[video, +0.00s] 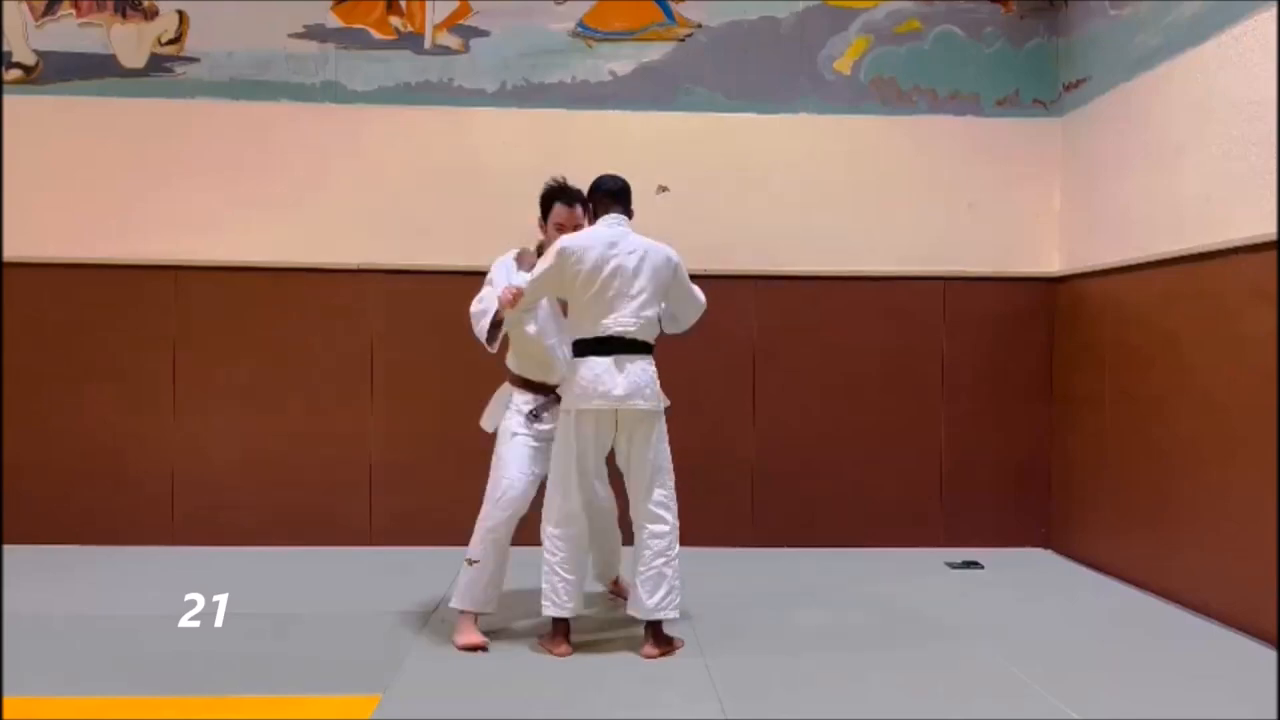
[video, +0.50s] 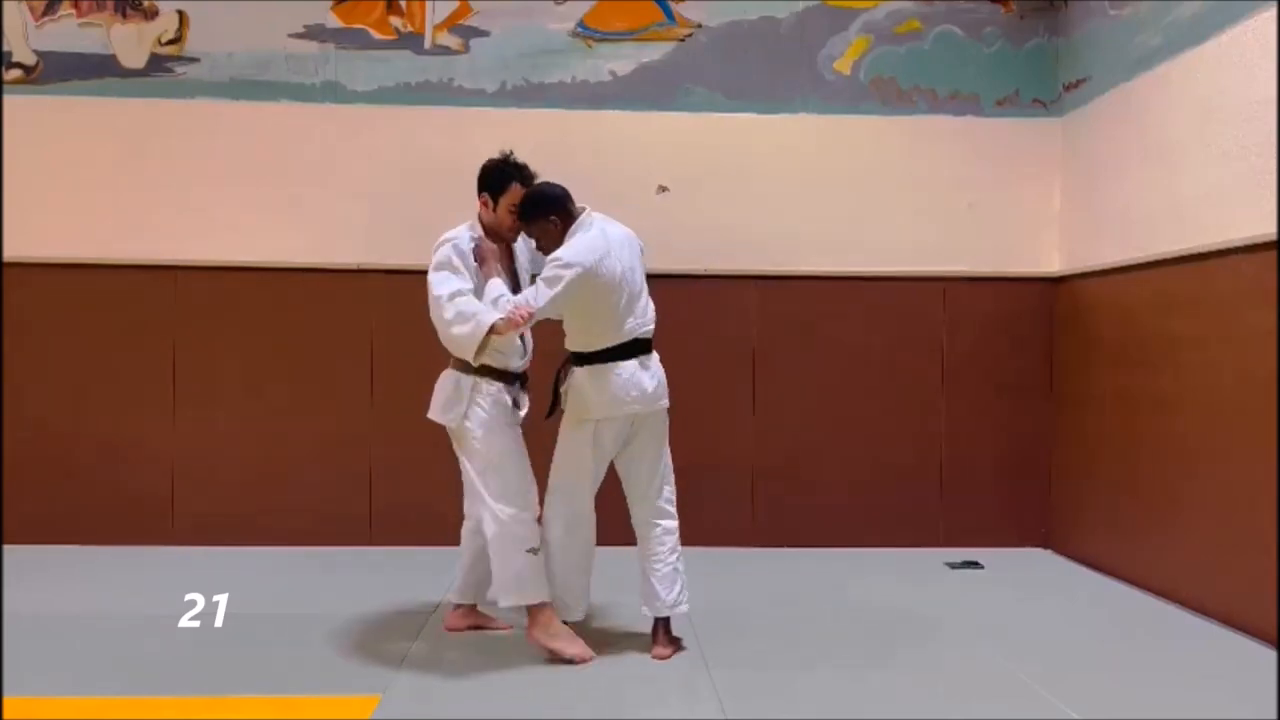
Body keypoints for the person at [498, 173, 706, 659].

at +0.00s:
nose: (579, 219)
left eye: (583, 211)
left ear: (590, 208)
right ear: (632, 208)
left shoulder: (570, 249)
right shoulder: (661, 255)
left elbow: (528, 290)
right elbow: (687, 313)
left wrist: (549, 253)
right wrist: (644, 317)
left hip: (586, 379)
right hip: (640, 377)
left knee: (568, 500)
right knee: (655, 502)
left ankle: (560, 627)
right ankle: (656, 630)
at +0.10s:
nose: (566, 217)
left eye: (568, 210)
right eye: (567, 210)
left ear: (580, 206)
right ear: (613, 204)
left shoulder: (573, 251)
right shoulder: (650, 250)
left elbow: (533, 307)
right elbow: (677, 294)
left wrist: (519, 279)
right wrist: (631, 292)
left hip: (591, 379)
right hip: (643, 374)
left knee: (568, 500)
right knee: (654, 501)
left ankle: (561, 628)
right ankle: (658, 629)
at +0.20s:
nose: (544, 234)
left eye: (545, 225)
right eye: (541, 226)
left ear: (564, 215)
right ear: (583, 208)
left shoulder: (571, 253)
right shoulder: (633, 238)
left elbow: (537, 309)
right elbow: (656, 272)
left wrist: (509, 259)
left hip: (593, 378)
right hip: (643, 374)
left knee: (568, 500)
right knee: (654, 502)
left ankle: (562, 628)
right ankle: (661, 627)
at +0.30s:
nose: (542, 239)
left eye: (542, 230)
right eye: (538, 231)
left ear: (561, 218)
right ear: (579, 210)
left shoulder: (572, 257)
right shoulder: (631, 240)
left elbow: (515, 311)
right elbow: (628, 305)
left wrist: (499, 262)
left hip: (597, 382)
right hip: (645, 377)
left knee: (568, 500)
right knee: (654, 505)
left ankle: (561, 629)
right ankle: (662, 630)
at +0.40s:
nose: (537, 239)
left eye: (539, 229)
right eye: (534, 231)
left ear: (558, 219)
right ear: (575, 211)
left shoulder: (571, 257)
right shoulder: (624, 235)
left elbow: (506, 311)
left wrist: (492, 263)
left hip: (596, 381)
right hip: (645, 374)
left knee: (568, 501)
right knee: (655, 503)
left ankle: (561, 624)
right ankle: (663, 630)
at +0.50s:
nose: (536, 244)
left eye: (537, 235)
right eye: (532, 237)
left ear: (556, 223)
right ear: (570, 211)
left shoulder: (573, 258)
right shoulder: (618, 230)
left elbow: (510, 317)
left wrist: (492, 269)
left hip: (599, 382)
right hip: (646, 372)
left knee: (568, 499)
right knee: (655, 503)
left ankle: (567, 612)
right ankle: (664, 626)